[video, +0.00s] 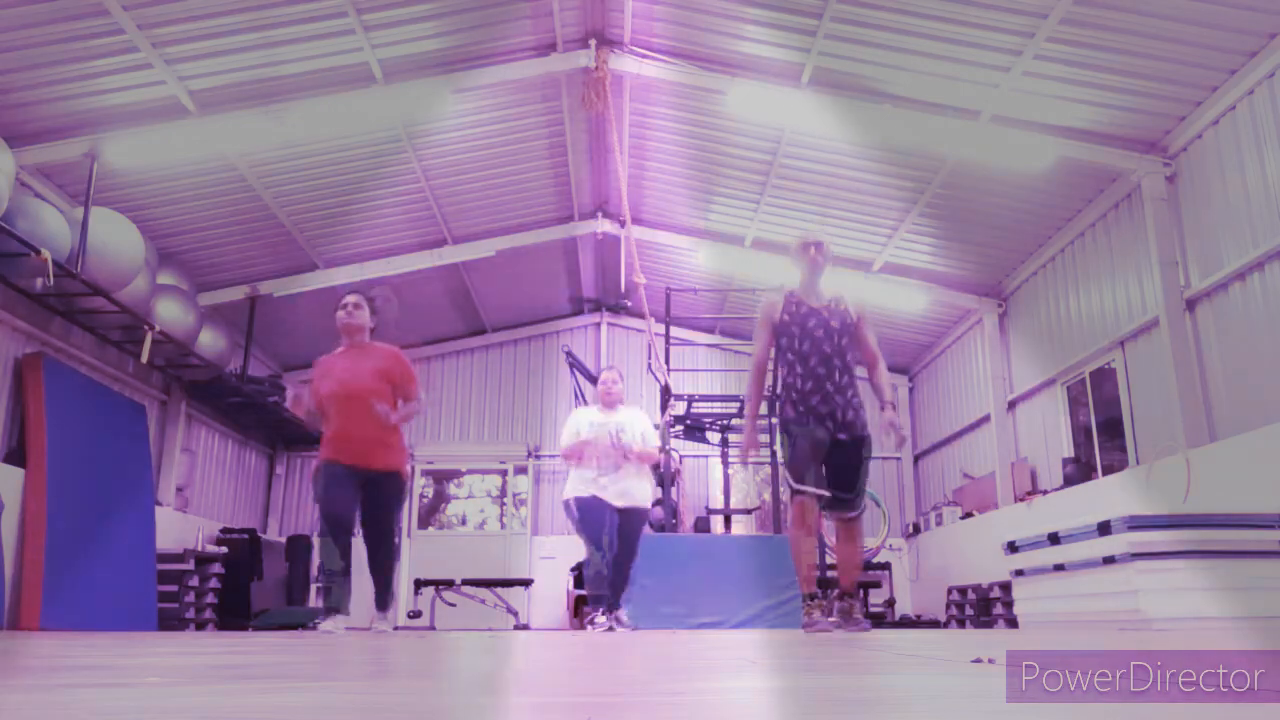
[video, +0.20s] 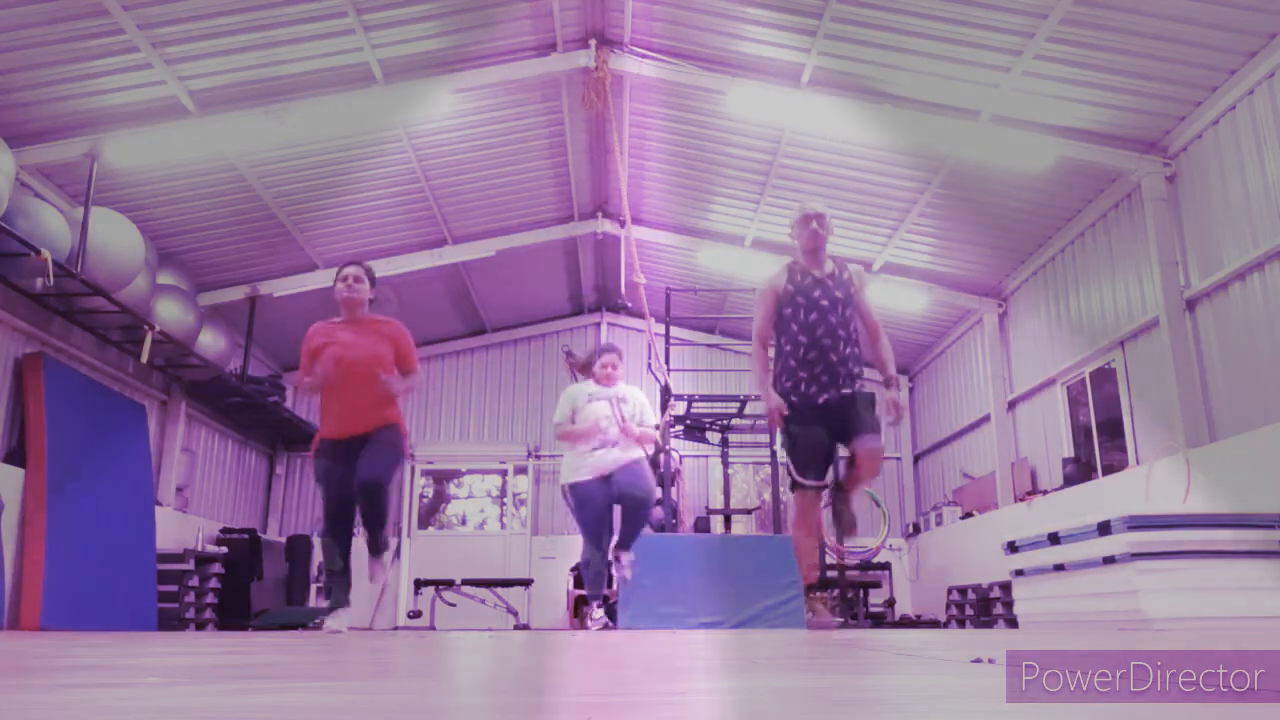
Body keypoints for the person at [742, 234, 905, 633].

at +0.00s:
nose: (814, 255)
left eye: (820, 250)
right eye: (807, 250)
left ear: (828, 260)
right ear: (795, 259)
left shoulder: (846, 309)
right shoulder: (778, 305)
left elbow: (875, 360)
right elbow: (759, 366)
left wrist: (888, 406)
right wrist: (750, 423)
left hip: (849, 420)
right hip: (802, 420)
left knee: (848, 516)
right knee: (805, 510)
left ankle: (848, 602)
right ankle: (810, 605)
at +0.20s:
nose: (816, 227)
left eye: (822, 221)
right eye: (807, 222)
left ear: (831, 231)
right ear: (794, 235)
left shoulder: (849, 276)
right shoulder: (779, 280)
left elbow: (874, 331)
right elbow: (760, 341)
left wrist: (891, 383)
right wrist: (767, 392)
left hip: (850, 392)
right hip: (802, 397)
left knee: (870, 454)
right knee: (809, 497)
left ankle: (843, 494)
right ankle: (813, 595)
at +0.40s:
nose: (827, 237)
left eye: (833, 231)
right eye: (819, 231)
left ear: (841, 242)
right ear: (805, 241)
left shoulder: (857, 291)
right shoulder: (785, 290)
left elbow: (881, 348)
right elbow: (765, 344)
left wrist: (897, 400)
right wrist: (787, 380)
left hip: (852, 391)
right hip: (805, 396)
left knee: (869, 418)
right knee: (814, 498)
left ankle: (859, 495)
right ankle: (816, 601)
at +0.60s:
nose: (835, 233)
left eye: (841, 227)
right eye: (829, 227)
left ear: (850, 232)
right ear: (819, 232)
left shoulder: (865, 281)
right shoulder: (800, 279)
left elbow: (888, 335)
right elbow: (769, 330)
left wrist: (900, 384)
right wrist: (791, 366)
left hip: (863, 391)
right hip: (814, 393)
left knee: (877, 477)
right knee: (812, 497)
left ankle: (881, 561)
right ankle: (812, 594)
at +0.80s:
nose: (863, 220)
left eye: (869, 215)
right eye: (855, 214)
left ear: (875, 227)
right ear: (838, 224)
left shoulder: (886, 277)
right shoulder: (814, 269)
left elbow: (907, 336)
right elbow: (788, 335)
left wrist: (913, 393)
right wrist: (790, 393)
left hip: (875, 396)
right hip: (823, 395)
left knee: (890, 496)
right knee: (817, 498)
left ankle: (887, 603)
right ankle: (812, 598)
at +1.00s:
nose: (861, 203)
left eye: (869, 198)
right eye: (853, 197)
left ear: (878, 210)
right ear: (838, 209)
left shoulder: (896, 258)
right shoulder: (814, 257)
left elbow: (916, 319)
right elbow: (792, 323)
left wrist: (920, 373)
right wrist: (782, 384)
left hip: (883, 377)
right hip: (831, 371)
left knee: (884, 488)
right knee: (845, 416)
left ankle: (884, 599)